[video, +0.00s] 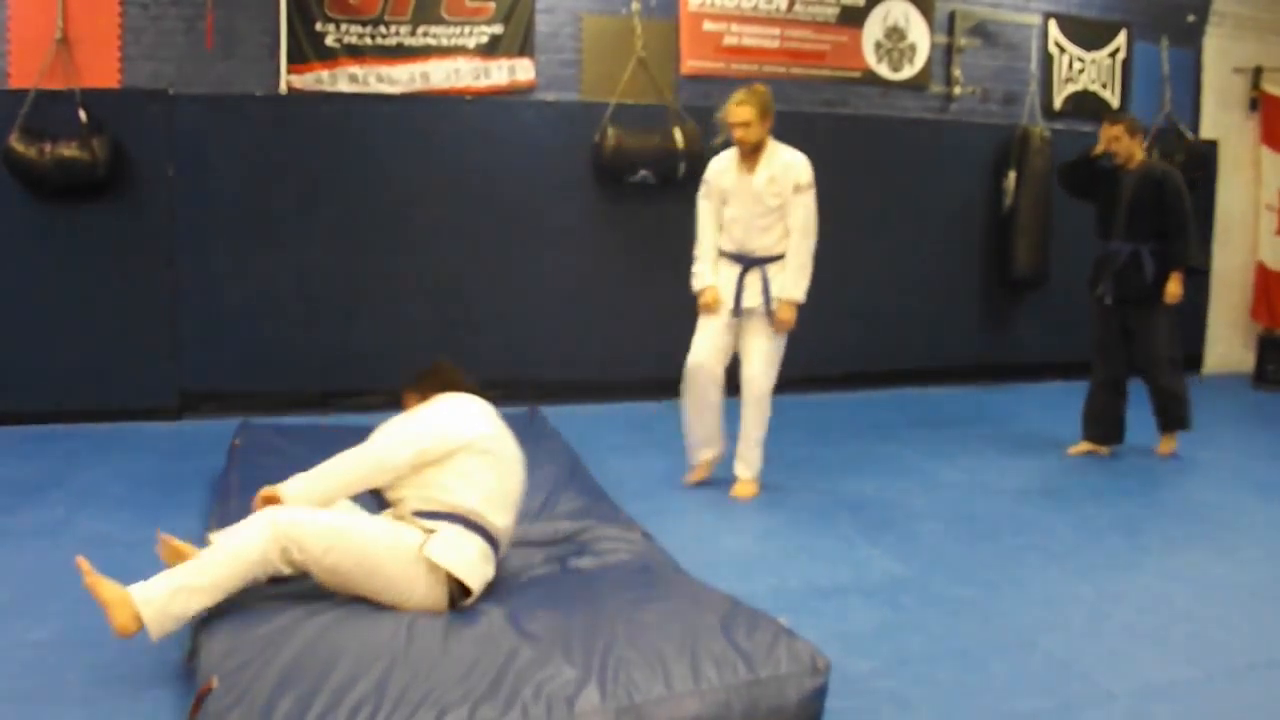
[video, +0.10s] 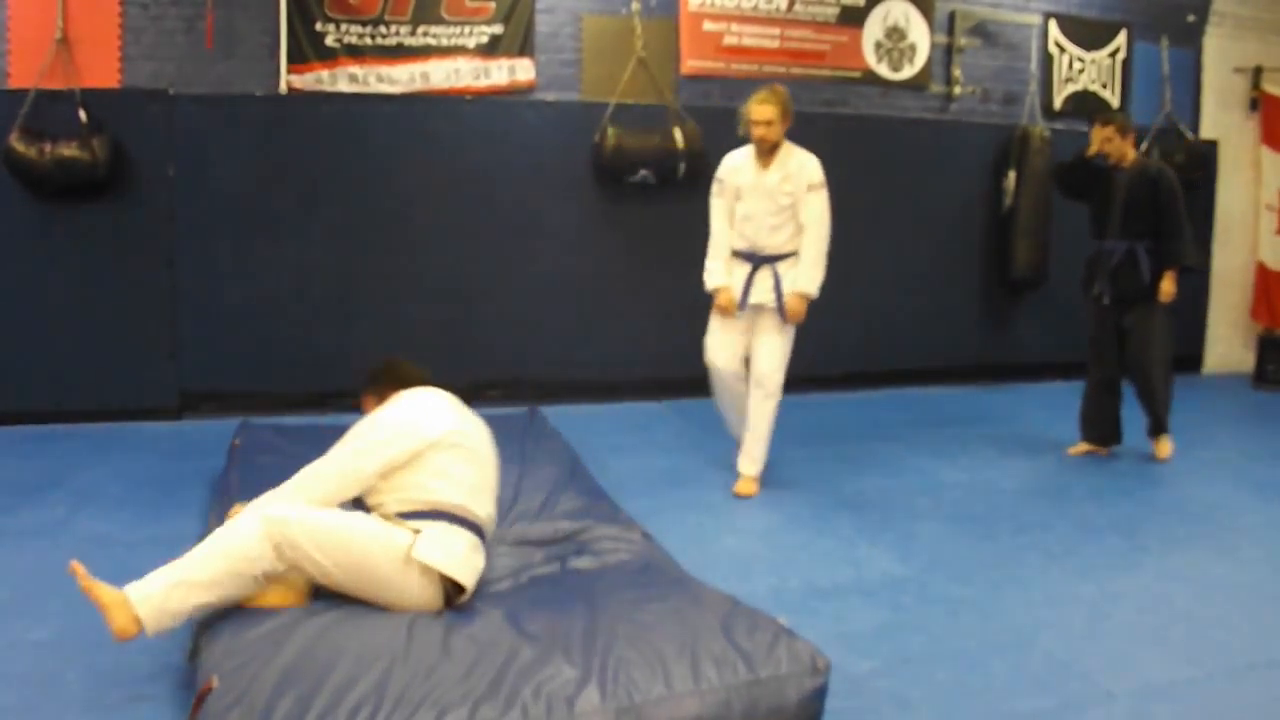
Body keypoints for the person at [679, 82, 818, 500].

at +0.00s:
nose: (739, 134)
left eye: (747, 126)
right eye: (734, 126)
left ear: (767, 123)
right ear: (728, 126)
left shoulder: (794, 167)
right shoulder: (719, 166)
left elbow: (803, 235)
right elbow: (706, 229)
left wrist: (791, 295)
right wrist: (704, 280)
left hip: (772, 275)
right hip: (723, 273)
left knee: (757, 379)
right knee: (700, 364)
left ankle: (747, 471)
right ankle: (705, 451)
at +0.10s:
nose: (760, 131)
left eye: (768, 123)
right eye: (754, 123)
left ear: (785, 124)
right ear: (746, 125)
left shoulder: (805, 166)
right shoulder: (732, 164)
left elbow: (816, 231)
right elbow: (719, 226)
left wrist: (804, 288)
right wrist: (718, 280)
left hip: (783, 272)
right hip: (736, 269)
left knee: (767, 373)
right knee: (720, 359)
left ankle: (751, 466)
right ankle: (747, 437)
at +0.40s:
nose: (809, 144)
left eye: (816, 138)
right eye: (804, 135)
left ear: (823, 142)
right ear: (789, 135)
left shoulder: (831, 178)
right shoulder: (763, 177)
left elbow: (841, 236)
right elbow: (748, 237)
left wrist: (841, 289)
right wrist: (748, 293)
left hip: (816, 274)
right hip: (773, 272)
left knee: (804, 364)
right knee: (778, 361)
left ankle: (783, 447)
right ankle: (775, 435)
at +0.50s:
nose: (824, 134)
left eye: (831, 128)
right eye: (819, 125)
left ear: (837, 131)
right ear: (803, 125)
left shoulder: (843, 169)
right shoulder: (775, 166)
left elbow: (852, 228)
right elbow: (761, 225)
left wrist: (849, 283)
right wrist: (761, 280)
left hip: (827, 268)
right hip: (784, 266)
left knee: (824, 356)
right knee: (781, 356)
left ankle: (815, 437)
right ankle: (777, 434)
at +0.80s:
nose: (878, 146)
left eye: (883, 140)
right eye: (872, 138)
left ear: (888, 145)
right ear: (854, 137)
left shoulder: (889, 181)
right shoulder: (825, 177)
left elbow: (896, 236)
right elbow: (802, 230)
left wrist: (895, 285)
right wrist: (793, 282)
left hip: (871, 277)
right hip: (828, 275)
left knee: (883, 354)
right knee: (803, 356)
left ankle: (871, 415)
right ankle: (778, 432)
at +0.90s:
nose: (902, 151)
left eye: (907, 145)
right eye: (896, 144)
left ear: (909, 149)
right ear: (877, 144)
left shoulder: (907, 186)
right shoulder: (849, 183)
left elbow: (917, 239)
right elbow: (825, 237)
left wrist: (917, 289)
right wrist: (810, 287)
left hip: (891, 275)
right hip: (853, 273)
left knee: (890, 351)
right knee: (837, 349)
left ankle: (871, 416)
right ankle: (790, 423)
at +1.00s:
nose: (924, 150)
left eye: (927, 144)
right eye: (918, 142)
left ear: (928, 147)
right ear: (898, 141)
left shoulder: (920, 185)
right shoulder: (867, 180)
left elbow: (929, 236)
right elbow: (849, 235)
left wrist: (936, 282)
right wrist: (839, 284)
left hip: (905, 270)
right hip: (872, 267)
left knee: (899, 349)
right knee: (871, 347)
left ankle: (873, 414)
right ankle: (823, 419)